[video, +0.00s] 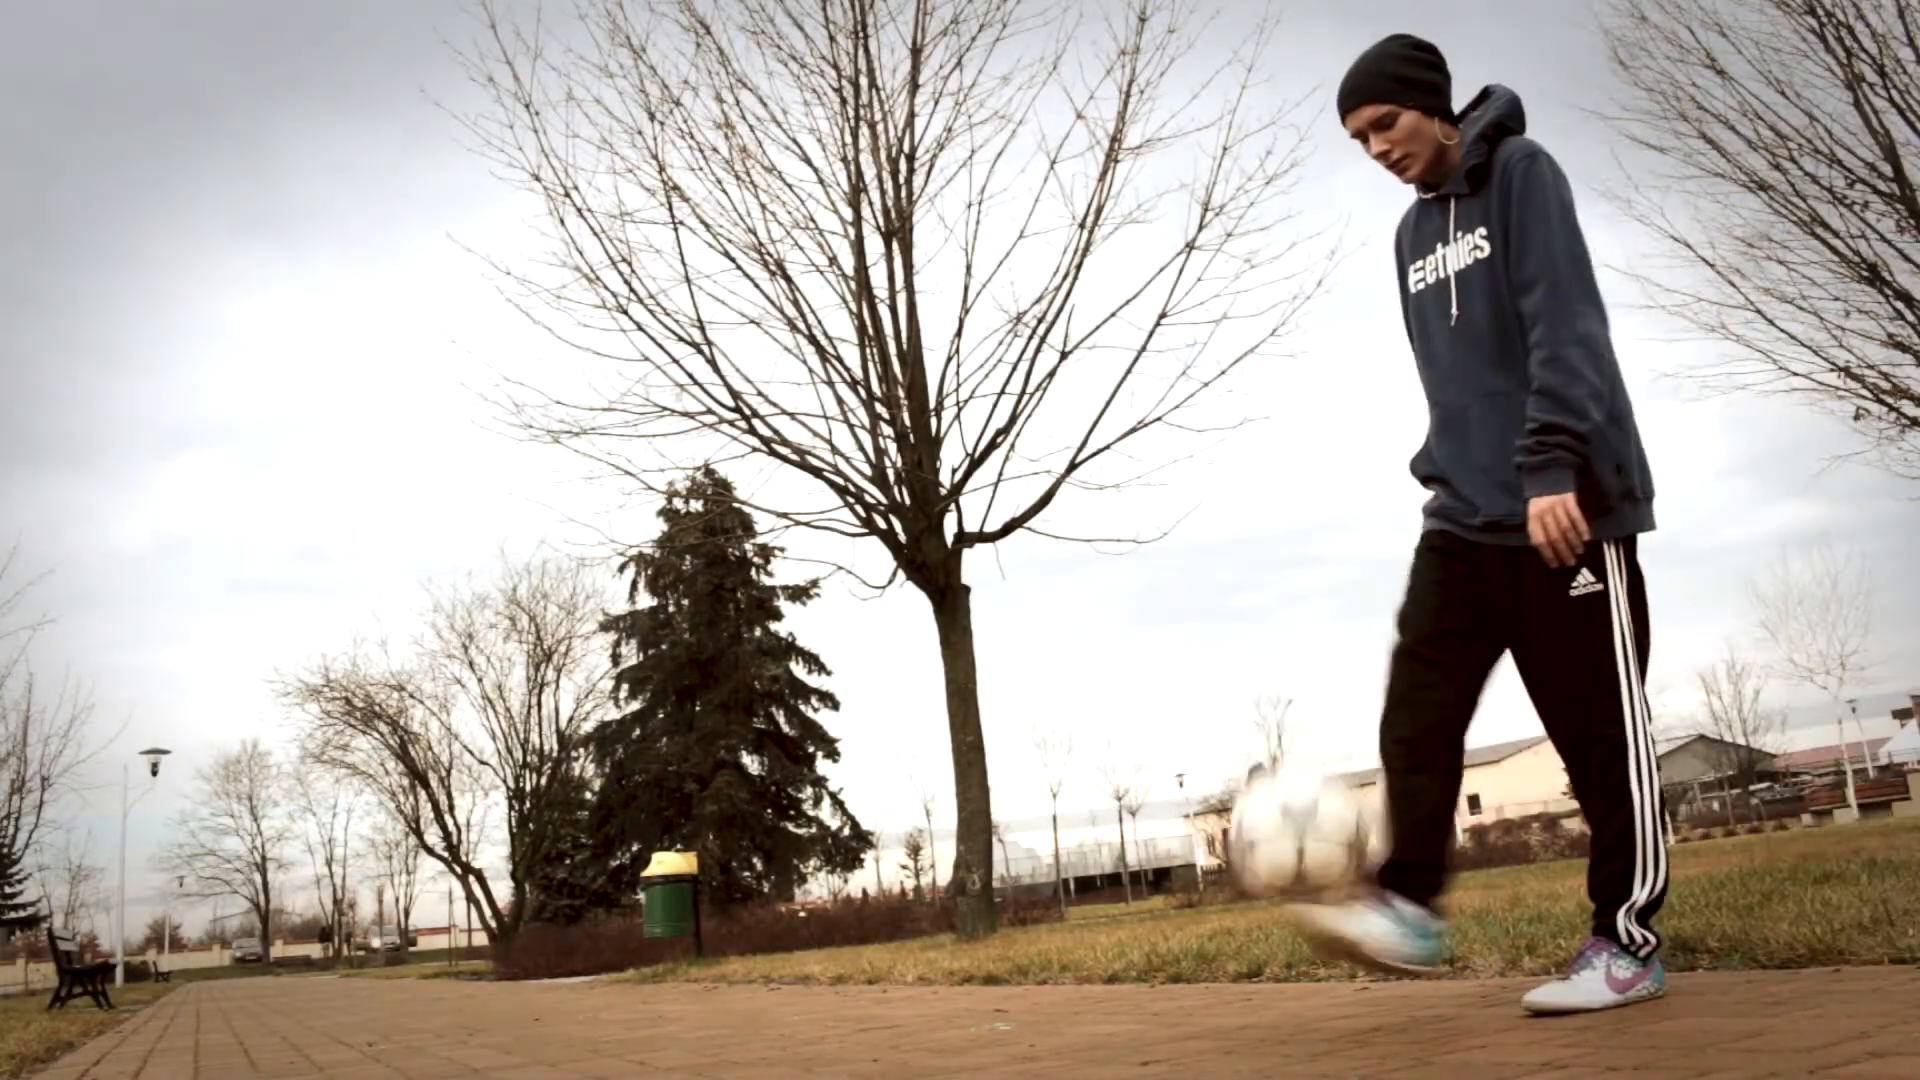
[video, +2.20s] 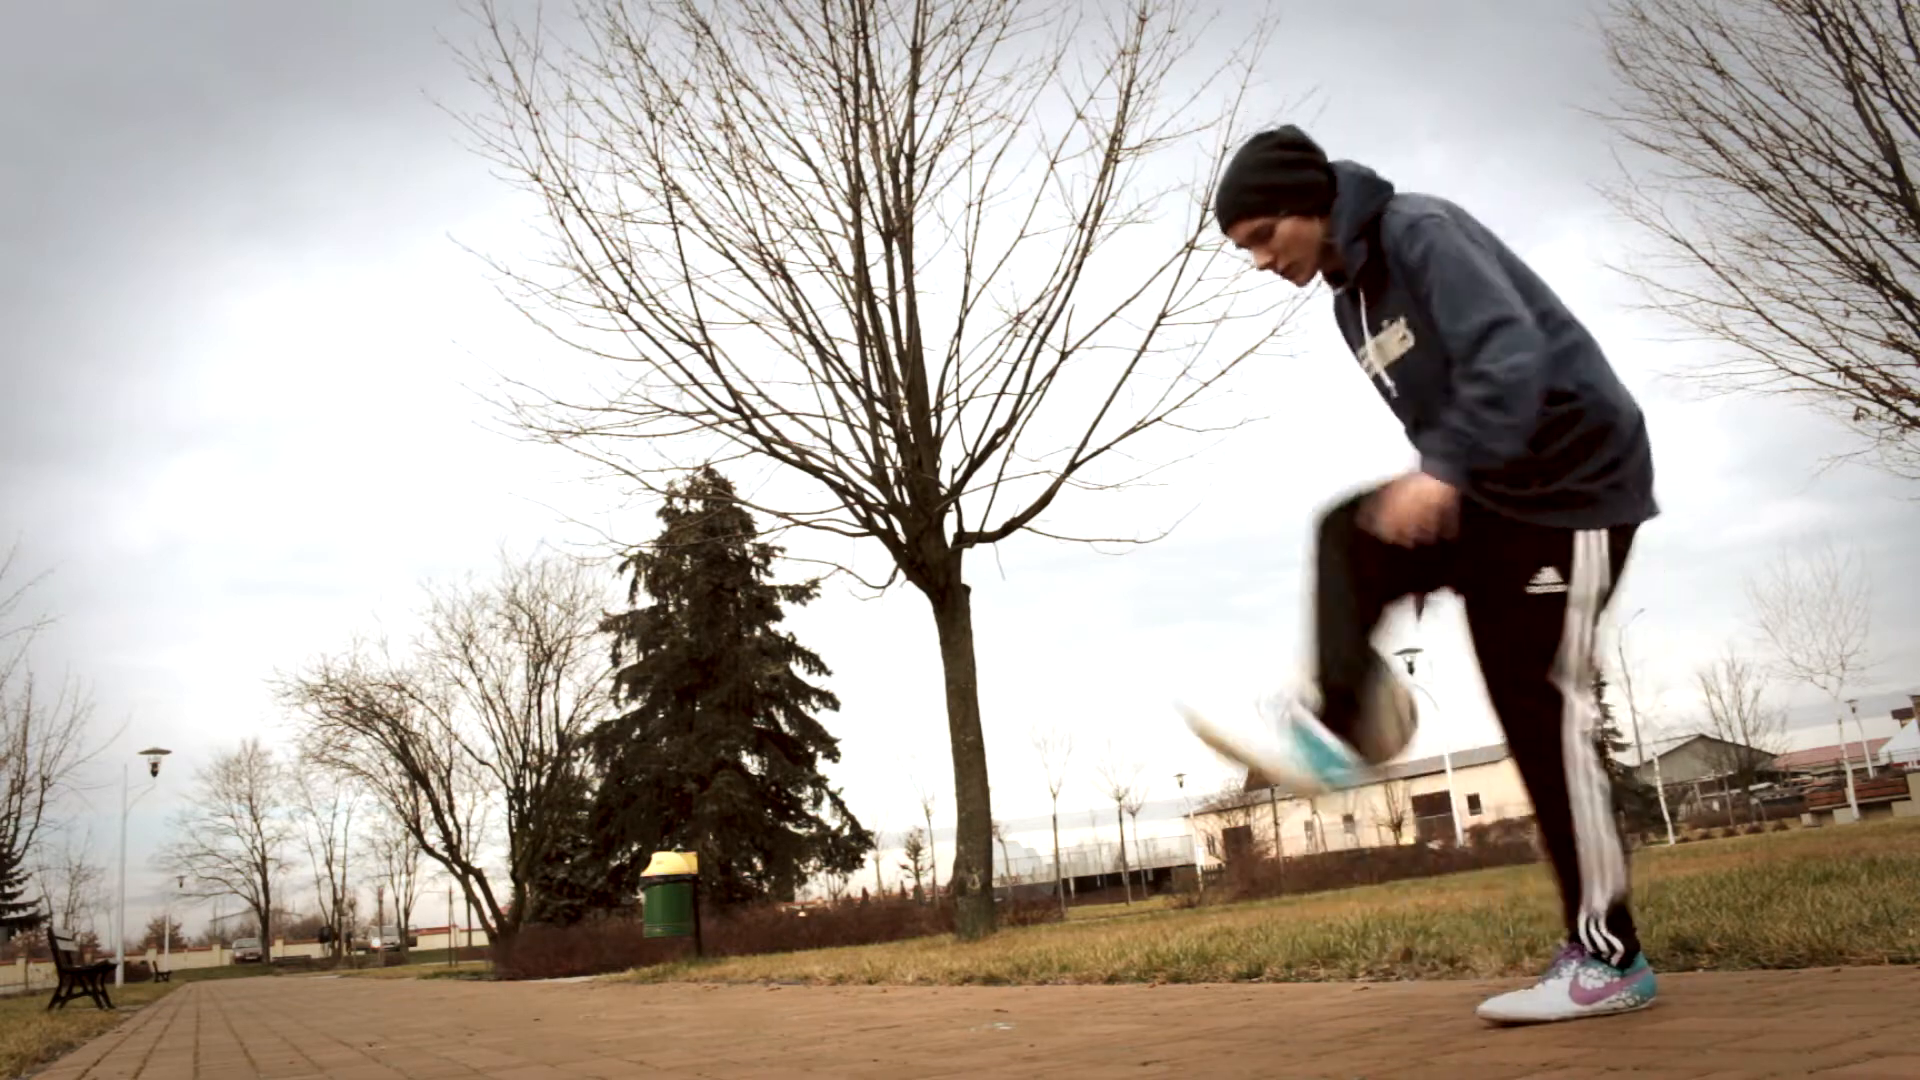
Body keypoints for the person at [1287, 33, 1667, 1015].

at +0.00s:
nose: (1379, 149)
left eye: (1387, 125)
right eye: (1364, 139)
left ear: (1431, 103)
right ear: (1366, 143)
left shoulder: (1520, 171)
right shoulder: (1412, 231)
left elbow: (1564, 322)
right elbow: (1449, 364)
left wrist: (1553, 469)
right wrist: (1452, 466)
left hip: (1563, 497)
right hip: (1465, 509)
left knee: (1602, 726)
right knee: (1422, 700)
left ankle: (1627, 943)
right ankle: (1409, 904)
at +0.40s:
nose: (1348, 160)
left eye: (1353, 136)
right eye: (1333, 151)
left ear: (1402, 111)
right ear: (1340, 155)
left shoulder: (1503, 178)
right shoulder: (1386, 247)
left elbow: (1578, 315)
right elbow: (1386, 404)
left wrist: (1595, 458)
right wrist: (1354, 519)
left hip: (1528, 494)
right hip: (1441, 516)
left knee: (1496, 708)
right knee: (1466, 719)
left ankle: (1590, 921)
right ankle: (1535, 945)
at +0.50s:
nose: (1333, 171)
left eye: (1337, 147)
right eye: (1318, 162)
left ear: (1387, 119)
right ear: (1328, 164)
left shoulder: (1490, 178)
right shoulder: (1377, 257)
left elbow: (1584, 301)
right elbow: (1360, 404)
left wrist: (1645, 445)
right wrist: (1286, 512)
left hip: (1525, 491)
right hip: (1449, 510)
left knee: (1429, 695)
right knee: (1479, 716)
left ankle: (1467, 930)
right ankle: (1546, 949)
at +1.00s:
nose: (1324, 163)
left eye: (1327, 138)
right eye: (1309, 154)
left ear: (1377, 108)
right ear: (1321, 153)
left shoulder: (1474, 169)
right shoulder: (1380, 238)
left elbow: (1547, 318)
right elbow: (1421, 388)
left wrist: (1520, 447)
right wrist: (1399, 499)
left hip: (1539, 503)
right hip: (1447, 525)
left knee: (1558, 720)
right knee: (1439, 710)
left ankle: (1607, 952)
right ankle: (1521, 938)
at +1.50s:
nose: (1299, 192)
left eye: (1299, 169)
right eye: (1286, 181)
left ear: (1341, 137)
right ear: (1311, 167)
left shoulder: (1451, 174)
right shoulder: (1368, 253)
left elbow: (1566, 302)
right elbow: (1411, 408)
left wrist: (1595, 443)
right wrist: (1396, 520)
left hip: (1531, 493)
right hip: (1462, 513)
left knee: (1471, 690)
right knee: (1487, 704)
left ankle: (1555, 933)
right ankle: (1561, 938)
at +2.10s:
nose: (1260, 243)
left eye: (1260, 220)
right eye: (1246, 231)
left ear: (1303, 184)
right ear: (1274, 210)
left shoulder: (1420, 209)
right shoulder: (1345, 278)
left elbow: (1552, 328)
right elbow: (1412, 385)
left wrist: (1523, 456)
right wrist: (1390, 472)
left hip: (1583, 480)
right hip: (1485, 500)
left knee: (1580, 719)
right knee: (1423, 648)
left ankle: (1610, 953)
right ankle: (1455, 873)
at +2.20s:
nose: (1263, 261)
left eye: (1263, 239)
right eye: (1250, 249)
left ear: (1304, 203)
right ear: (1283, 224)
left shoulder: (1419, 232)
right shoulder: (1355, 294)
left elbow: (1508, 353)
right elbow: (1437, 401)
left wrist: (1442, 469)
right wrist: (1443, 486)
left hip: (1573, 480)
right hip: (1495, 486)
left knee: (1549, 710)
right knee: (1350, 533)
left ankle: (1608, 953)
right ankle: (1346, 730)